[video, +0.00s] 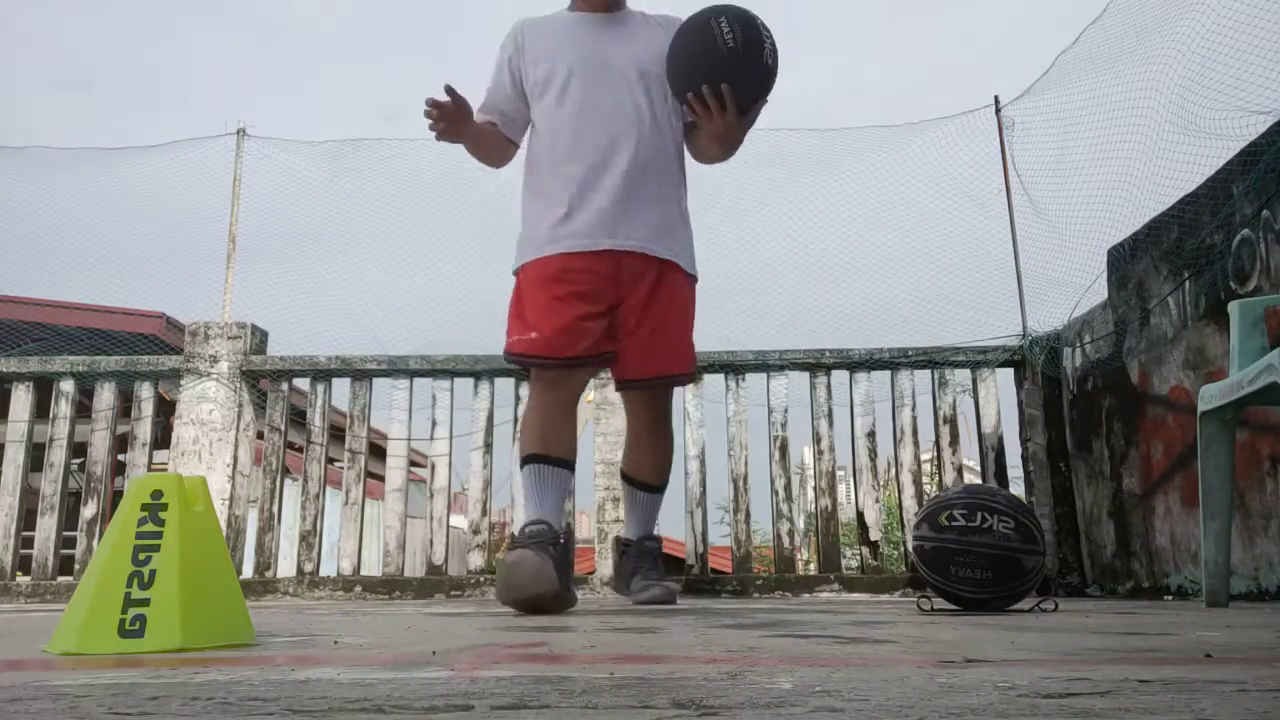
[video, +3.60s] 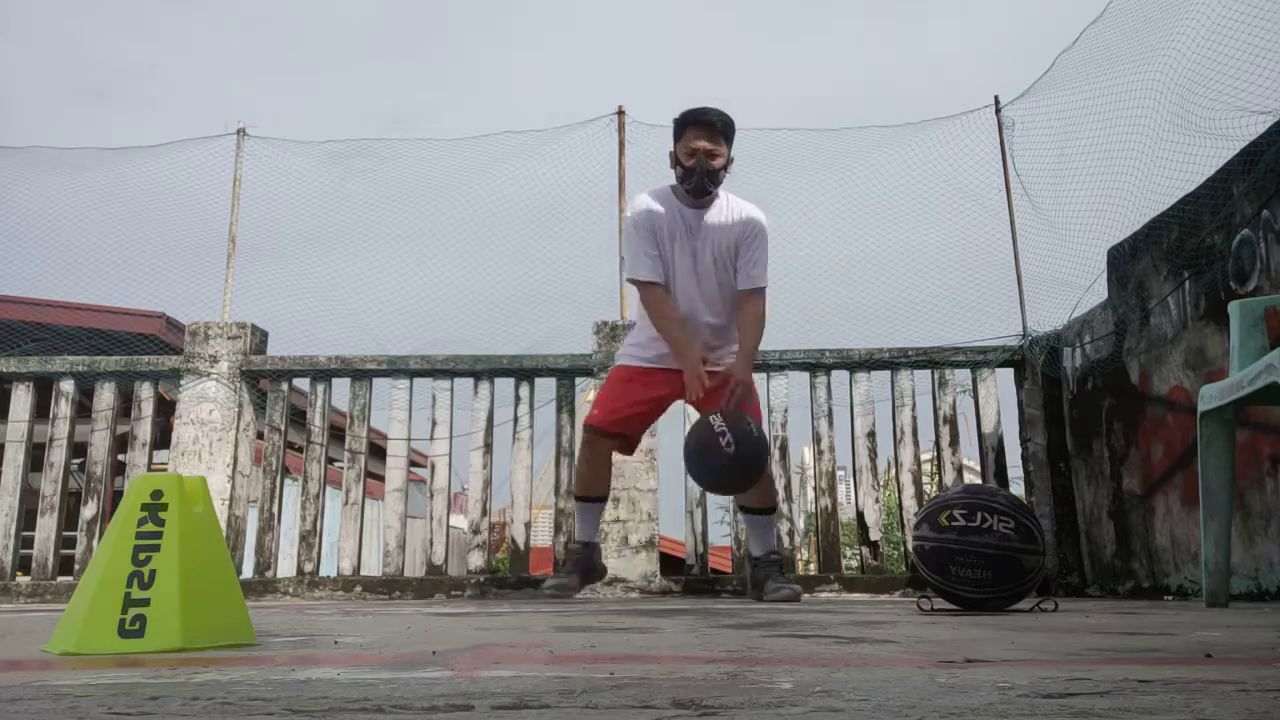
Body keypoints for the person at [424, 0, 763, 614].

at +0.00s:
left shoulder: (671, 35)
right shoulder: (529, 38)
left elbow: (700, 143)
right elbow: (500, 147)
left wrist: (721, 144)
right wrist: (469, 130)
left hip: (657, 241)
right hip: (559, 240)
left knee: (650, 400)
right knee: (552, 383)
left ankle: (640, 555)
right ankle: (541, 541)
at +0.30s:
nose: (619, 10)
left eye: (630, 3)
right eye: (605, 3)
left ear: (645, 14)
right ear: (581, 13)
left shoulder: (674, 86)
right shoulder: (546, 84)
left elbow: (703, 168)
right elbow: (516, 177)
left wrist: (709, 193)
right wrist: (558, 151)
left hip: (654, 270)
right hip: (570, 270)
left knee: (644, 408)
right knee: (549, 395)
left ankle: (637, 560)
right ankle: (559, 539)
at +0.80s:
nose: (593, 97)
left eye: (603, 91)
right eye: (581, 89)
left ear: (615, 103)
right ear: (561, 99)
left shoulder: (639, 162)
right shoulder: (529, 159)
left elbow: (666, 244)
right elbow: (500, 235)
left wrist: (629, 227)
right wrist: (555, 228)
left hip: (623, 322)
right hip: (553, 327)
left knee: (633, 418)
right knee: (557, 446)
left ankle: (636, 556)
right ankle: (561, 567)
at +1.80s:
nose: (651, 161)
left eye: (659, 154)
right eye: (641, 154)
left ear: (673, 157)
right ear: (625, 158)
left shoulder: (692, 215)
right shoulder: (599, 209)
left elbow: (710, 288)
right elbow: (564, 272)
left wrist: (717, 274)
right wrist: (599, 266)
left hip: (673, 359)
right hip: (614, 359)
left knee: (666, 459)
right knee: (612, 462)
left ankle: (657, 568)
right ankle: (606, 566)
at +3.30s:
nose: (699, 135)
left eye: (709, 128)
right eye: (689, 127)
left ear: (725, 136)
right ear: (672, 132)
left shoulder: (744, 196)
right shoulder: (641, 186)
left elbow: (776, 253)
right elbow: (616, 259)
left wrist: (811, 265)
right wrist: (652, 272)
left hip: (726, 348)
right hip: (656, 352)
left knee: (749, 434)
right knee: (641, 450)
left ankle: (748, 561)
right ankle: (635, 566)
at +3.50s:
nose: (705, 154)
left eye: (715, 146)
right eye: (695, 145)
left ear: (731, 152)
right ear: (678, 149)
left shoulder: (751, 213)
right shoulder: (649, 204)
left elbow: (775, 287)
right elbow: (641, 284)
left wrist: (797, 308)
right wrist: (697, 309)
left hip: (725, 358)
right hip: (651, 356)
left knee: (750, 442)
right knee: (612, 431)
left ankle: (766, 566)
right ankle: (619, 557)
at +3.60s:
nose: (702, 162)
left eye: (712, 154)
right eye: (692, 153)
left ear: (728, 161)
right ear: (675, 157)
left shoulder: (747, 221)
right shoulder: (647, 212)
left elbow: (751, 300)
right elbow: (651, 293)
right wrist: (686, 352)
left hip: (722, 358)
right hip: (651, 353)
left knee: (749, 450)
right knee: (597, 432)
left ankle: (766, 566)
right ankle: (585, 555)